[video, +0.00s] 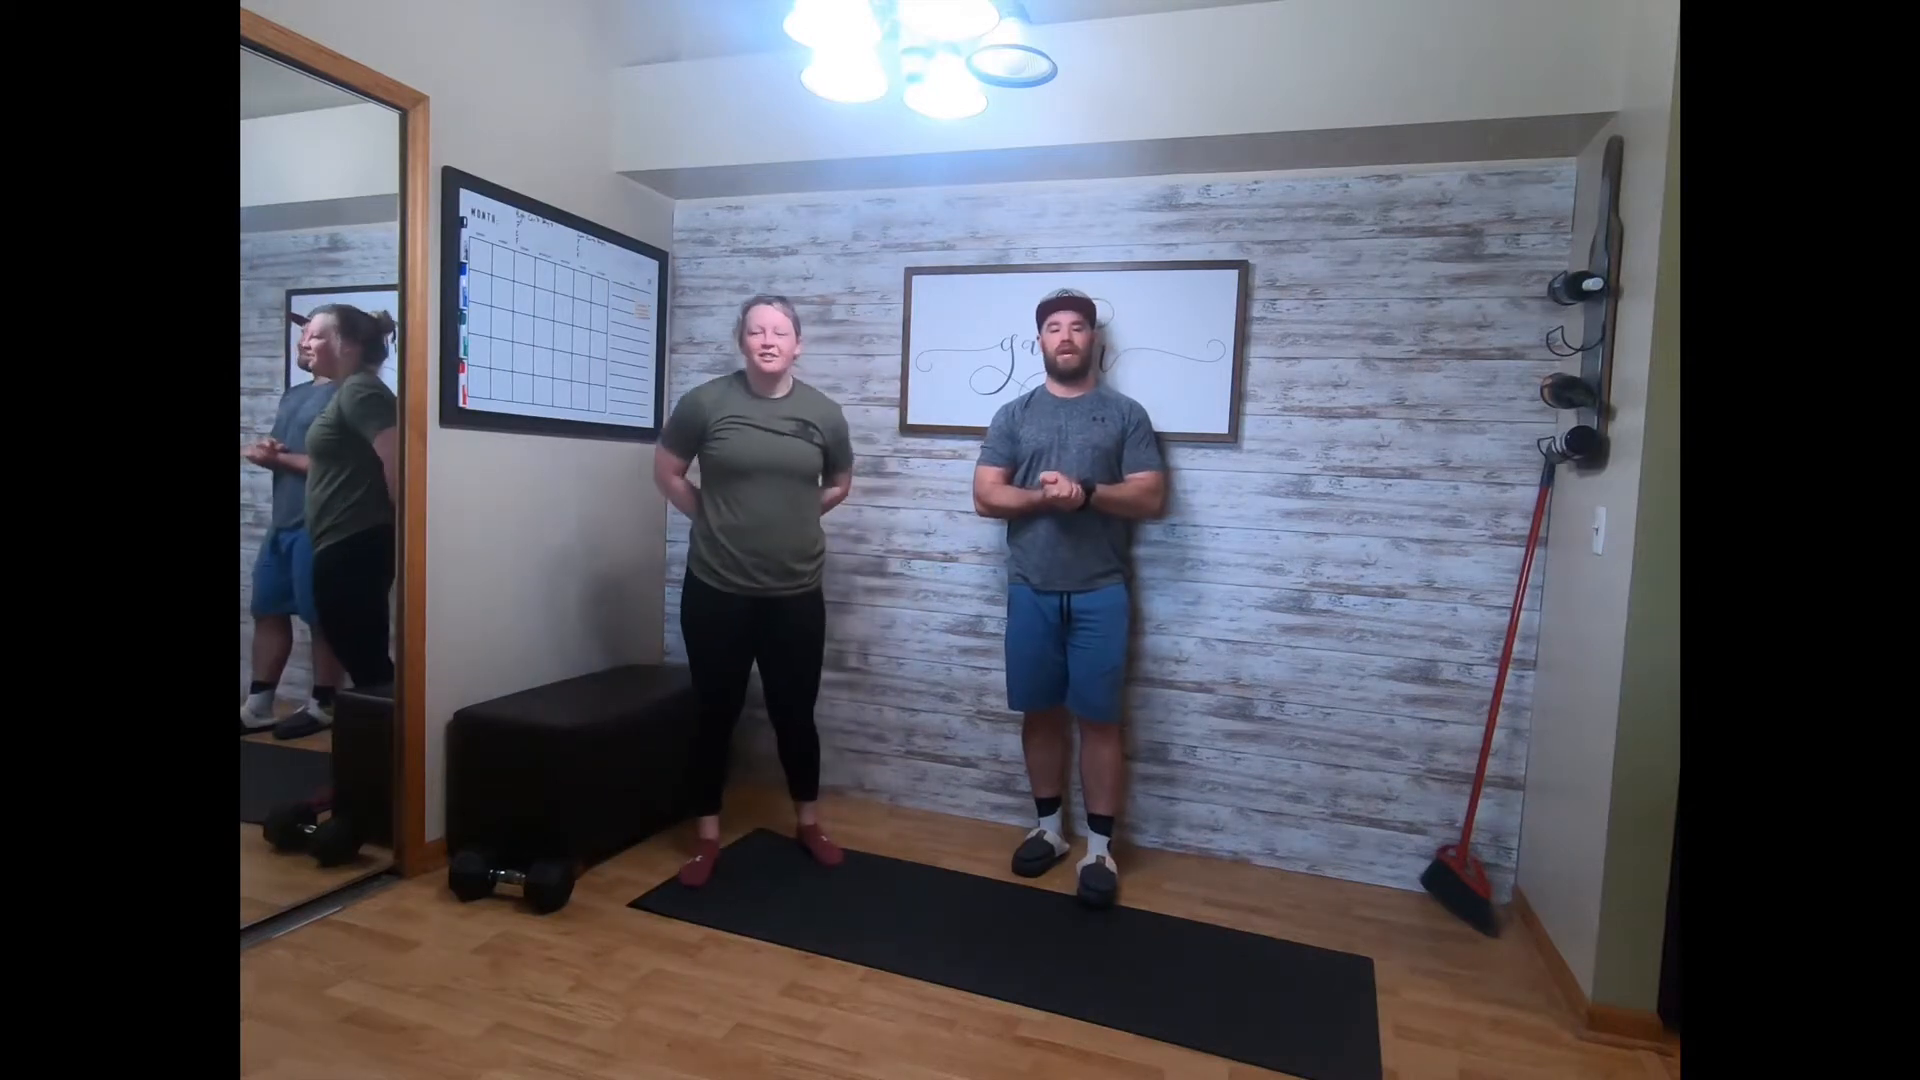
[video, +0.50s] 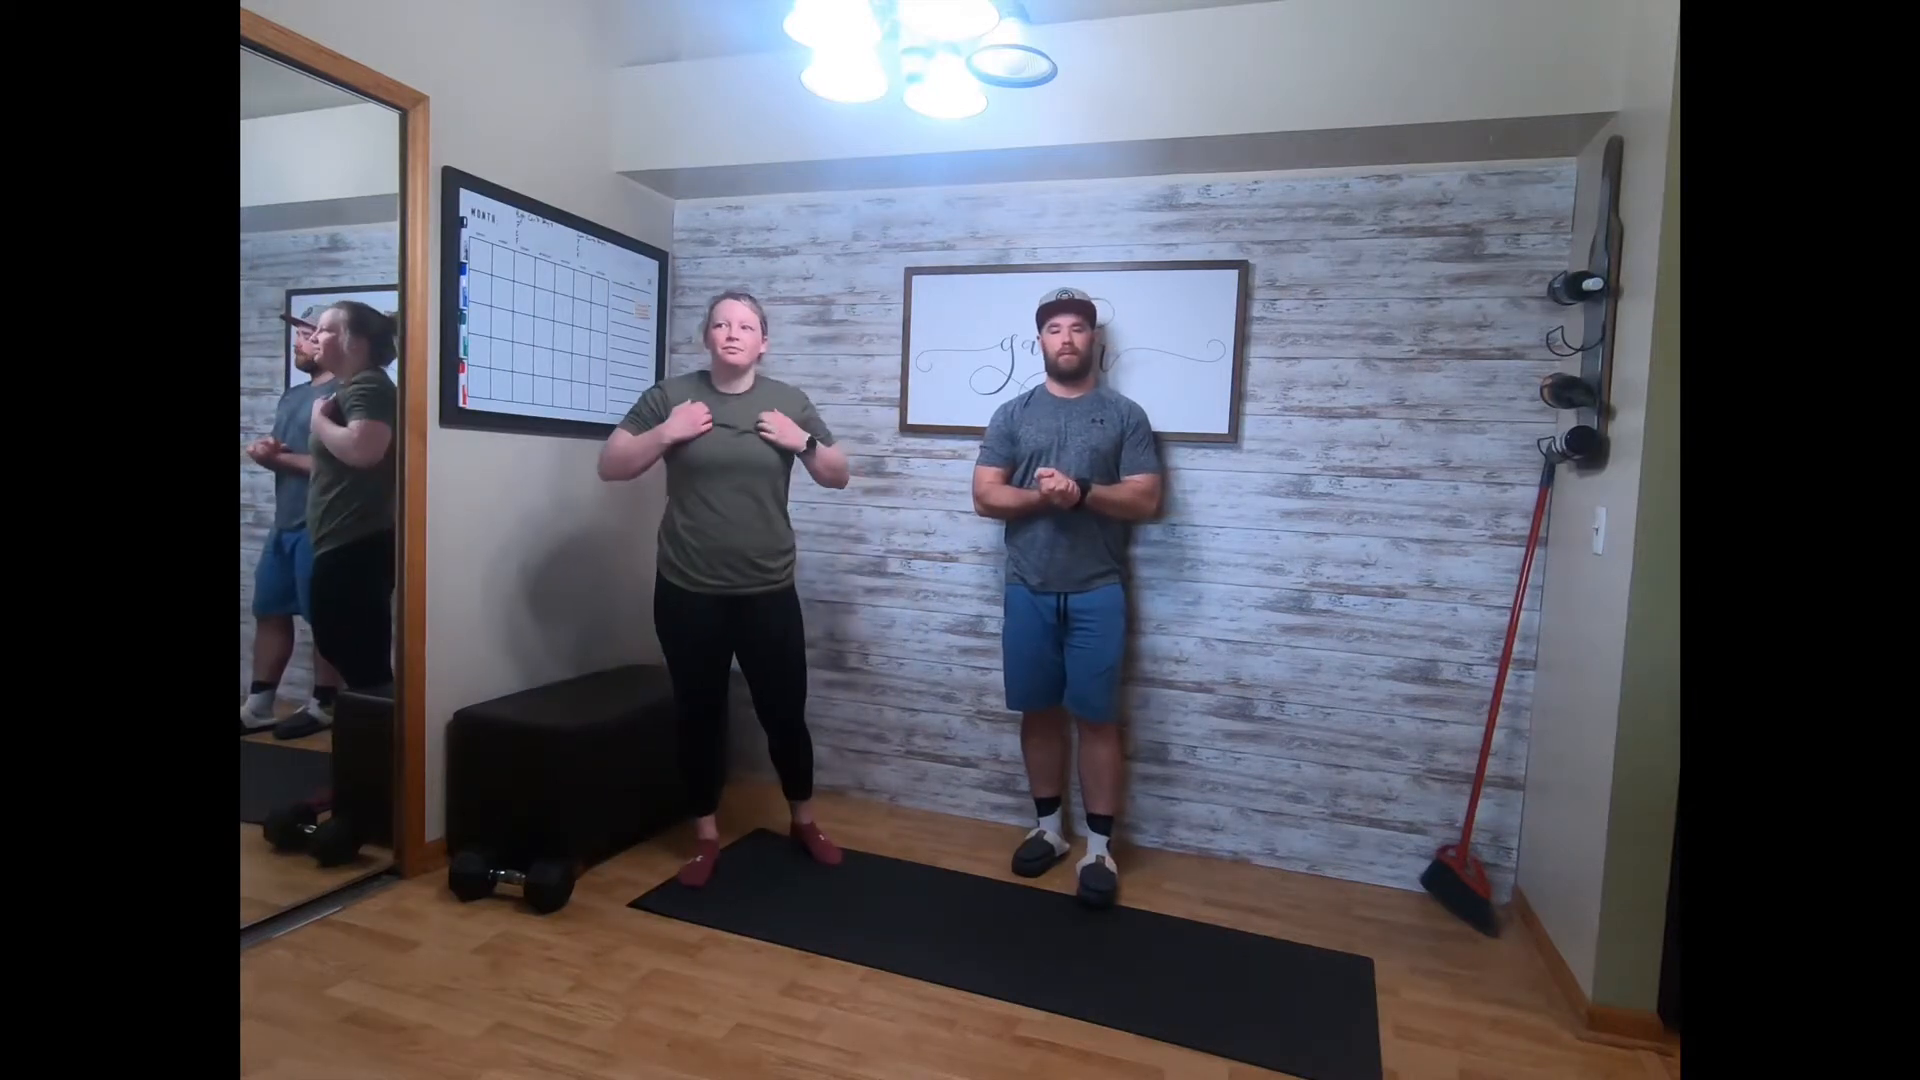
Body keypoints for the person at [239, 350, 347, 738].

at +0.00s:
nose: (305, 343)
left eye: (316, 336)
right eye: (304, 336)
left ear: (336, 346)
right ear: (301, 343)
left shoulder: (343, 395)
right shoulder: (292, 395)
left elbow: (334, 465)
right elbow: (287, 448)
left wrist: (277, 459)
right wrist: (272, 450)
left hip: (320, 527)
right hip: (282, 526)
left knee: (322, 618)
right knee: (268, 610)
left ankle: (324, 706)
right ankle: (259, 704)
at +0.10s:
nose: (304, 340)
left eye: (314, 334)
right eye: (303, 332)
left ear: (334, 344)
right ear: (301, 341)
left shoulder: (343, 396)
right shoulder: (292, 396)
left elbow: (336, 465)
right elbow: (293, 455)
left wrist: (284, 458)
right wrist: (269, 452)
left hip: (319, 526)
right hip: (283, 525)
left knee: (322, 619)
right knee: (269, 610)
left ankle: (324, 707)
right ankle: (259, 704)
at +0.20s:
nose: (303, 339)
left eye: (313, 333)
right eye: (303, 332)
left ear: (334, 345)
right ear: (302, 341)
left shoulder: (343, 394)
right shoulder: (291, 395)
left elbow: (337, 466)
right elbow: (287, 450)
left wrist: (283, 458)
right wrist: (269, 451)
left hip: (320, 527)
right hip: (283, 526)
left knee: (322, 621)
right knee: (269, 611)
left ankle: (324, 706)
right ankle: (259, 704)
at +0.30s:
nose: (308, 340)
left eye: (317, 334)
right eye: (305, 333)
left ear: (335, 345)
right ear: (300, 342)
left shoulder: (345, 394)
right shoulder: (290, 397)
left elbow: (331, 465)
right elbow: (287, 455)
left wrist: (280, 456)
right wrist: (270, 452)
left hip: (320, 525)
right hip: (283, 525)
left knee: (323, 620)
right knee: (271, 611)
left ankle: (325, 706)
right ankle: (259, 704)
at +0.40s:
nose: (301, 340)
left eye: (311, 333)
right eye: (301, 333)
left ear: (329, 344)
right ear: (300, 343)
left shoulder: (339, 394)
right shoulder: (292, 396)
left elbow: (334, 465)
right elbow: (290, 453)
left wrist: (281, 458)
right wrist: (270, 451)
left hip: (320, 525)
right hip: (284, 525)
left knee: (322, 620)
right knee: (271, 611)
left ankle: (324, 706)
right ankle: (259, 704)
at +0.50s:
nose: (301, 338)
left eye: (311, 333)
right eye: (301, 332)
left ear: (330, 345)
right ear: (302, 345)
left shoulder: (342, 394)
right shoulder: (291, 397)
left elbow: (335, 465)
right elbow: (294, 460)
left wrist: (281, 457)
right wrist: (271, 452)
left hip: (321, 525)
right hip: (284, 525)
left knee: (323, 620)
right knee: (271, 611)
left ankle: (324, 706)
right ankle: (259, 703)